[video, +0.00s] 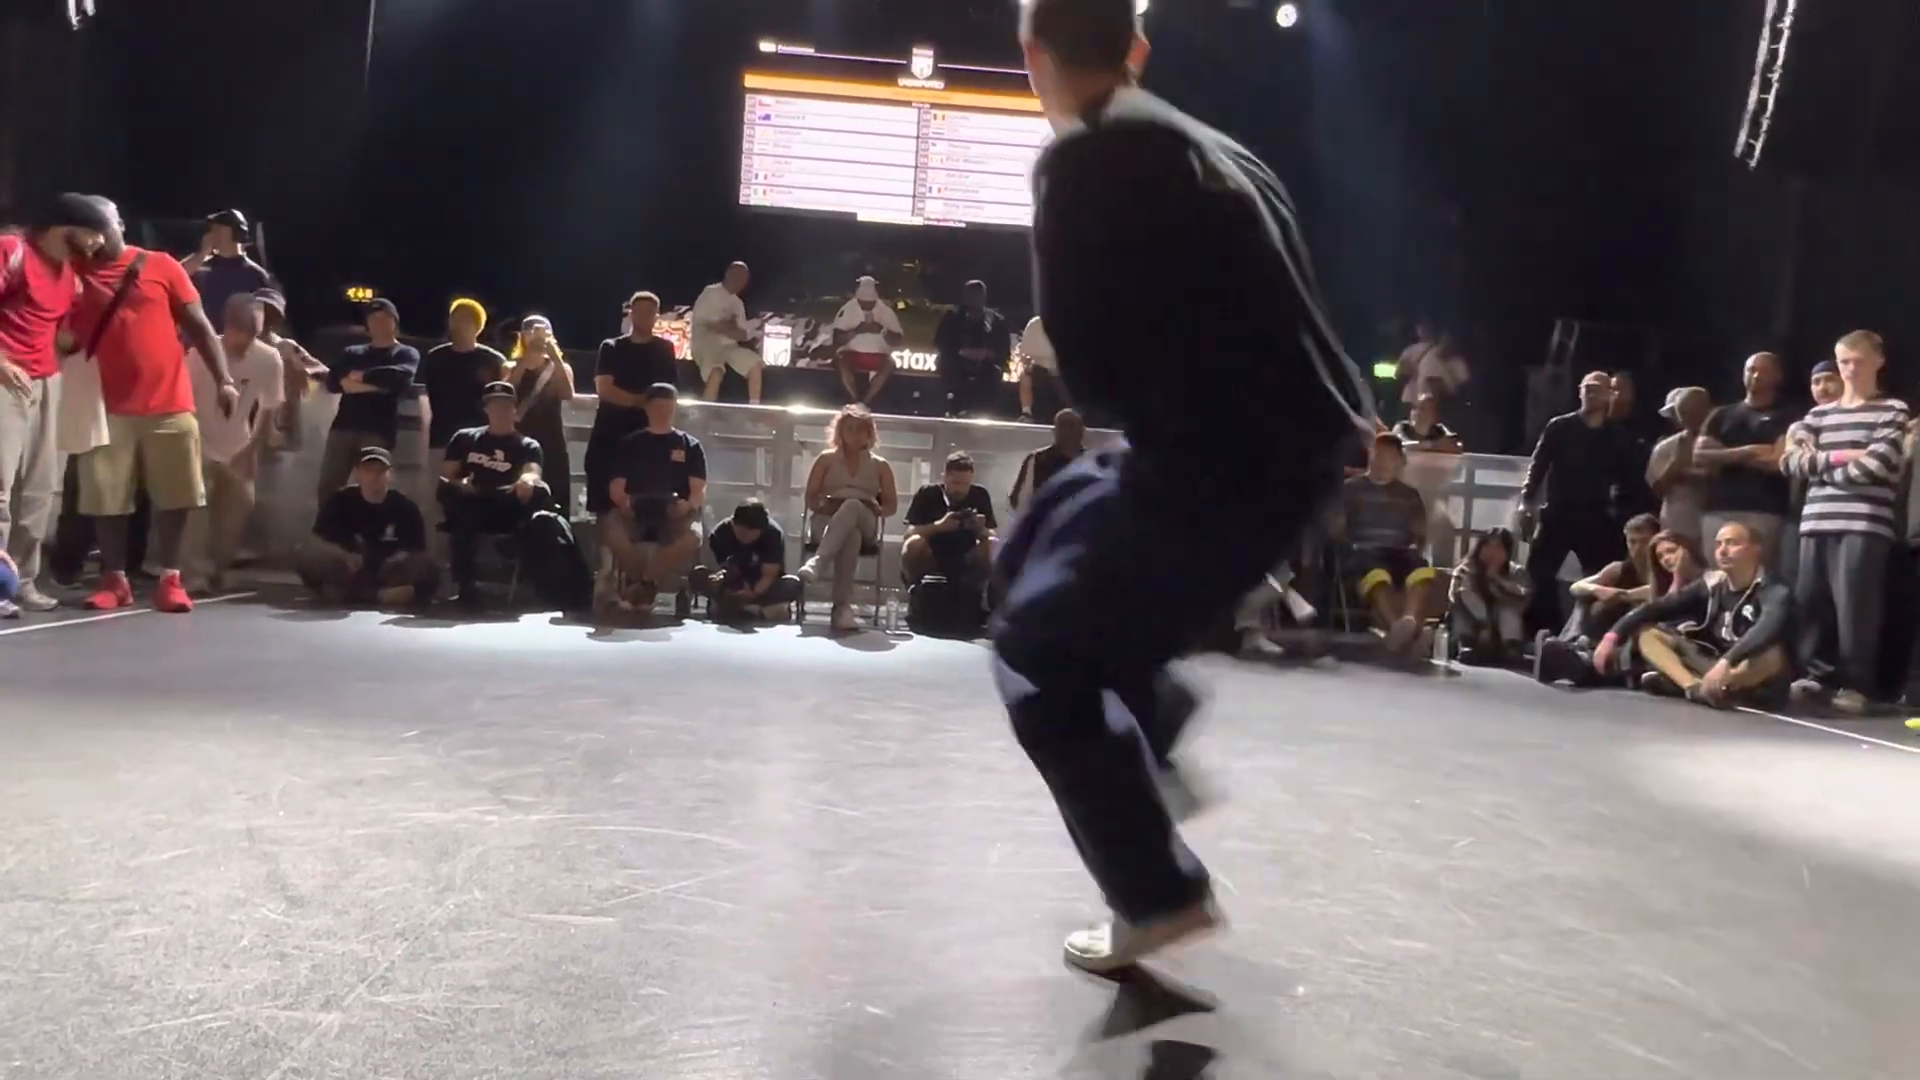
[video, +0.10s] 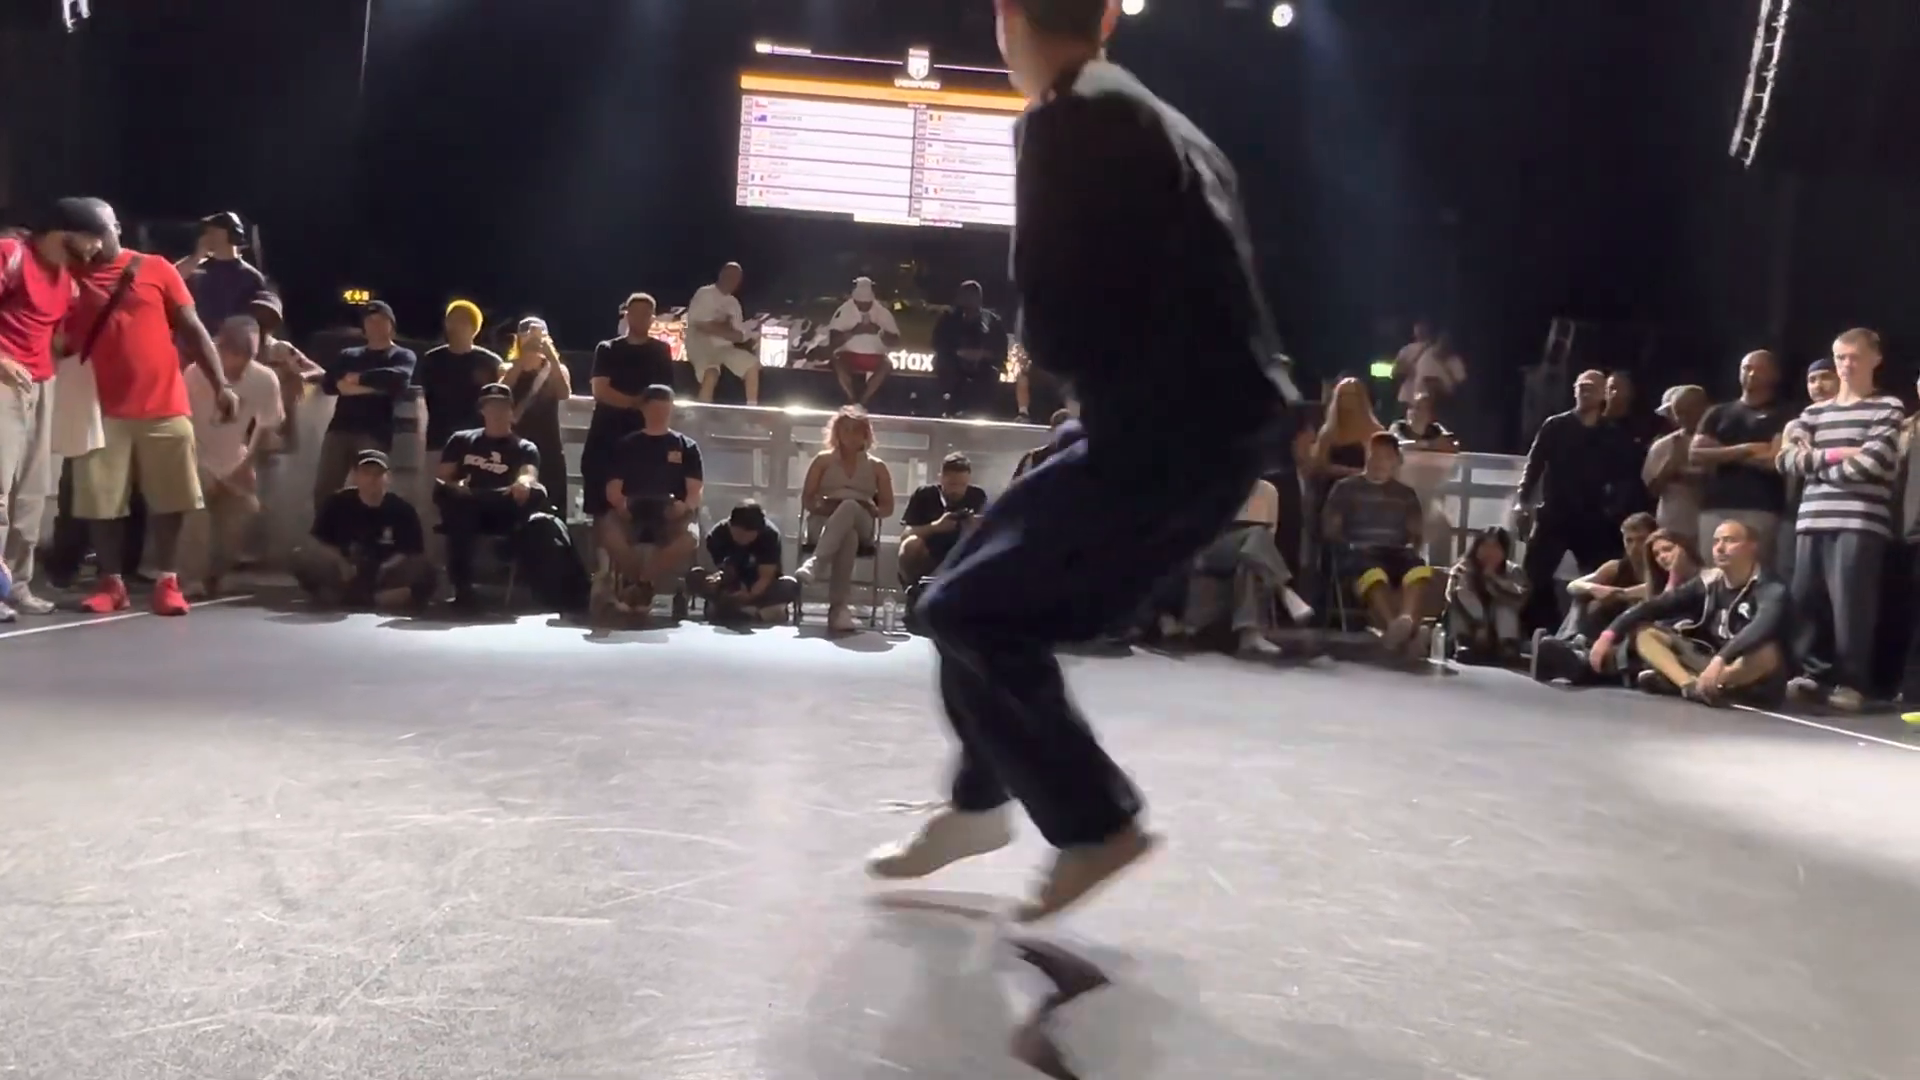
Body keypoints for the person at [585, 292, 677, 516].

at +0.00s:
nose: (645, 317)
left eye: (650, 312)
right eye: (640, 311)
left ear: (656, 316)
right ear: (630, 314)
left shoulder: (664, 348)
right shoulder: (611, 346)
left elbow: (667, 396)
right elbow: (604, 390)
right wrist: (642, 401)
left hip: (647, 435)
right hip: (611, 432)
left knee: (645, 502)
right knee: (605, 504)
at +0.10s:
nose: (642, 318)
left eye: (646, 313)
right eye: (636, 312)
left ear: (653, 318)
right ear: (626, 315)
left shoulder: (661, 350)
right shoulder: (607, 348)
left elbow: (663, 397)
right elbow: (600, 391)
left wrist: (614, 393)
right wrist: (638, 403)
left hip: (644, 436)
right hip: (607, 433)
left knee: (641, 502)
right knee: (601, 505)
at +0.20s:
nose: (639, 324)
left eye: (644, 318)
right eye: (634, 317)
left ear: (651, 322)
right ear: (625, 319)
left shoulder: (659, 354)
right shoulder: (606, 352)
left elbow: (663, 400)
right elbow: (598, 395)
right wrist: (636, 406)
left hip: (644, 440)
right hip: (606, 438)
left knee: (642, 507)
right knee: (601, 509)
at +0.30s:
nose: (639, 328)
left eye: (645, 323)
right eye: (635, 322)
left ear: (652, 326)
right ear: (625, 323)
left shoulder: (661, 357)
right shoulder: (607, 356)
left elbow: (664, 405)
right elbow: (600, 399)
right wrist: (637, 410)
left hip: (645, 444)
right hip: (608, 442)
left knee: (643, 512)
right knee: (603, 514)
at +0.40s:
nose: (638, 328)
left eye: (643, 322)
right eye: (633, 321)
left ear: (650, 325)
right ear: (623, 322)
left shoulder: (660, 357)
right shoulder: (606, 356)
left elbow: (661, 405)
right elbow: (599, 398)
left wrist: (615, 404)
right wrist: (636, 409)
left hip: (644, 445)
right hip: (606, 443)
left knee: (643, 513)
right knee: (602, 515)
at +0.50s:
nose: (634, 319)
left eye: (639, 314)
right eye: (629, 313)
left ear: (646, 318)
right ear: (620, 315)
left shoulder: (655, 350)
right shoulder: (601, 348)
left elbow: (658, 396)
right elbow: (595, 391)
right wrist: (631, 402)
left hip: (640, 435)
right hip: (602, 433)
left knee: (638, 503)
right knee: (598, 505)